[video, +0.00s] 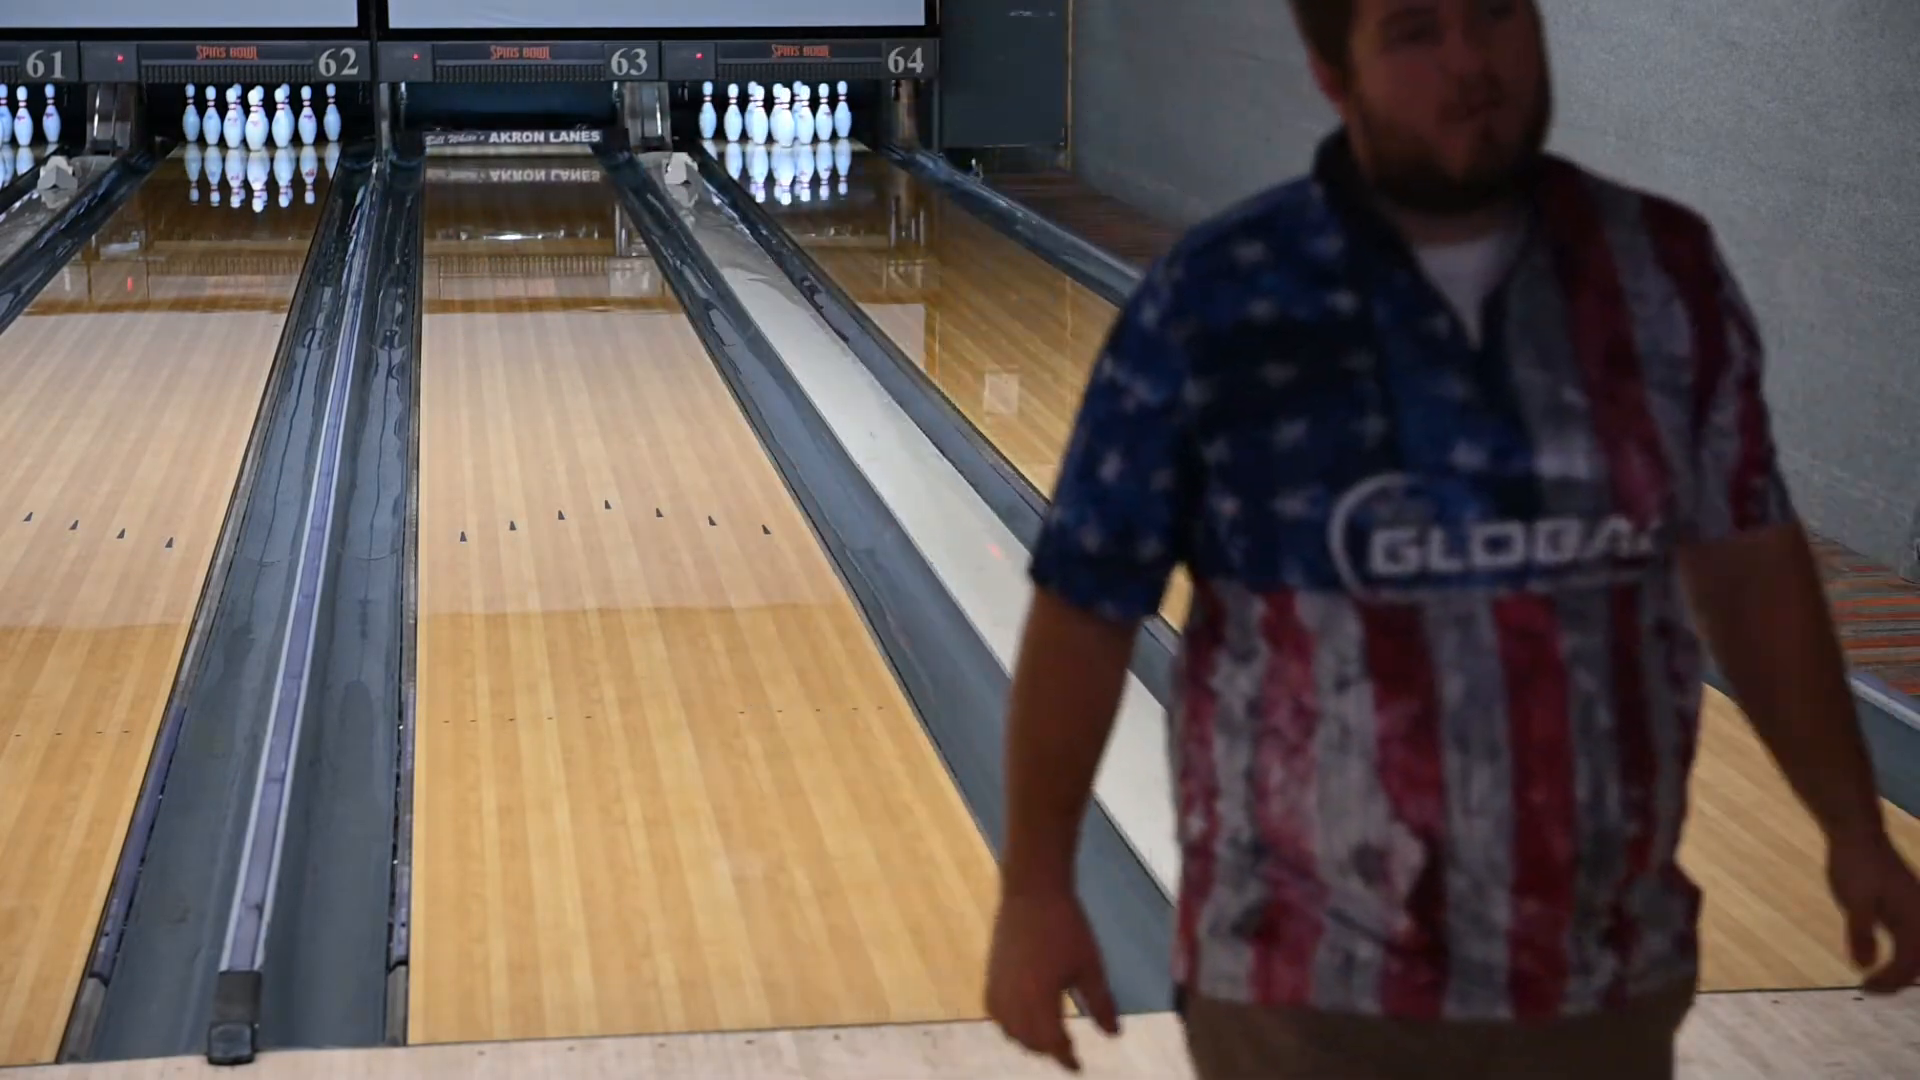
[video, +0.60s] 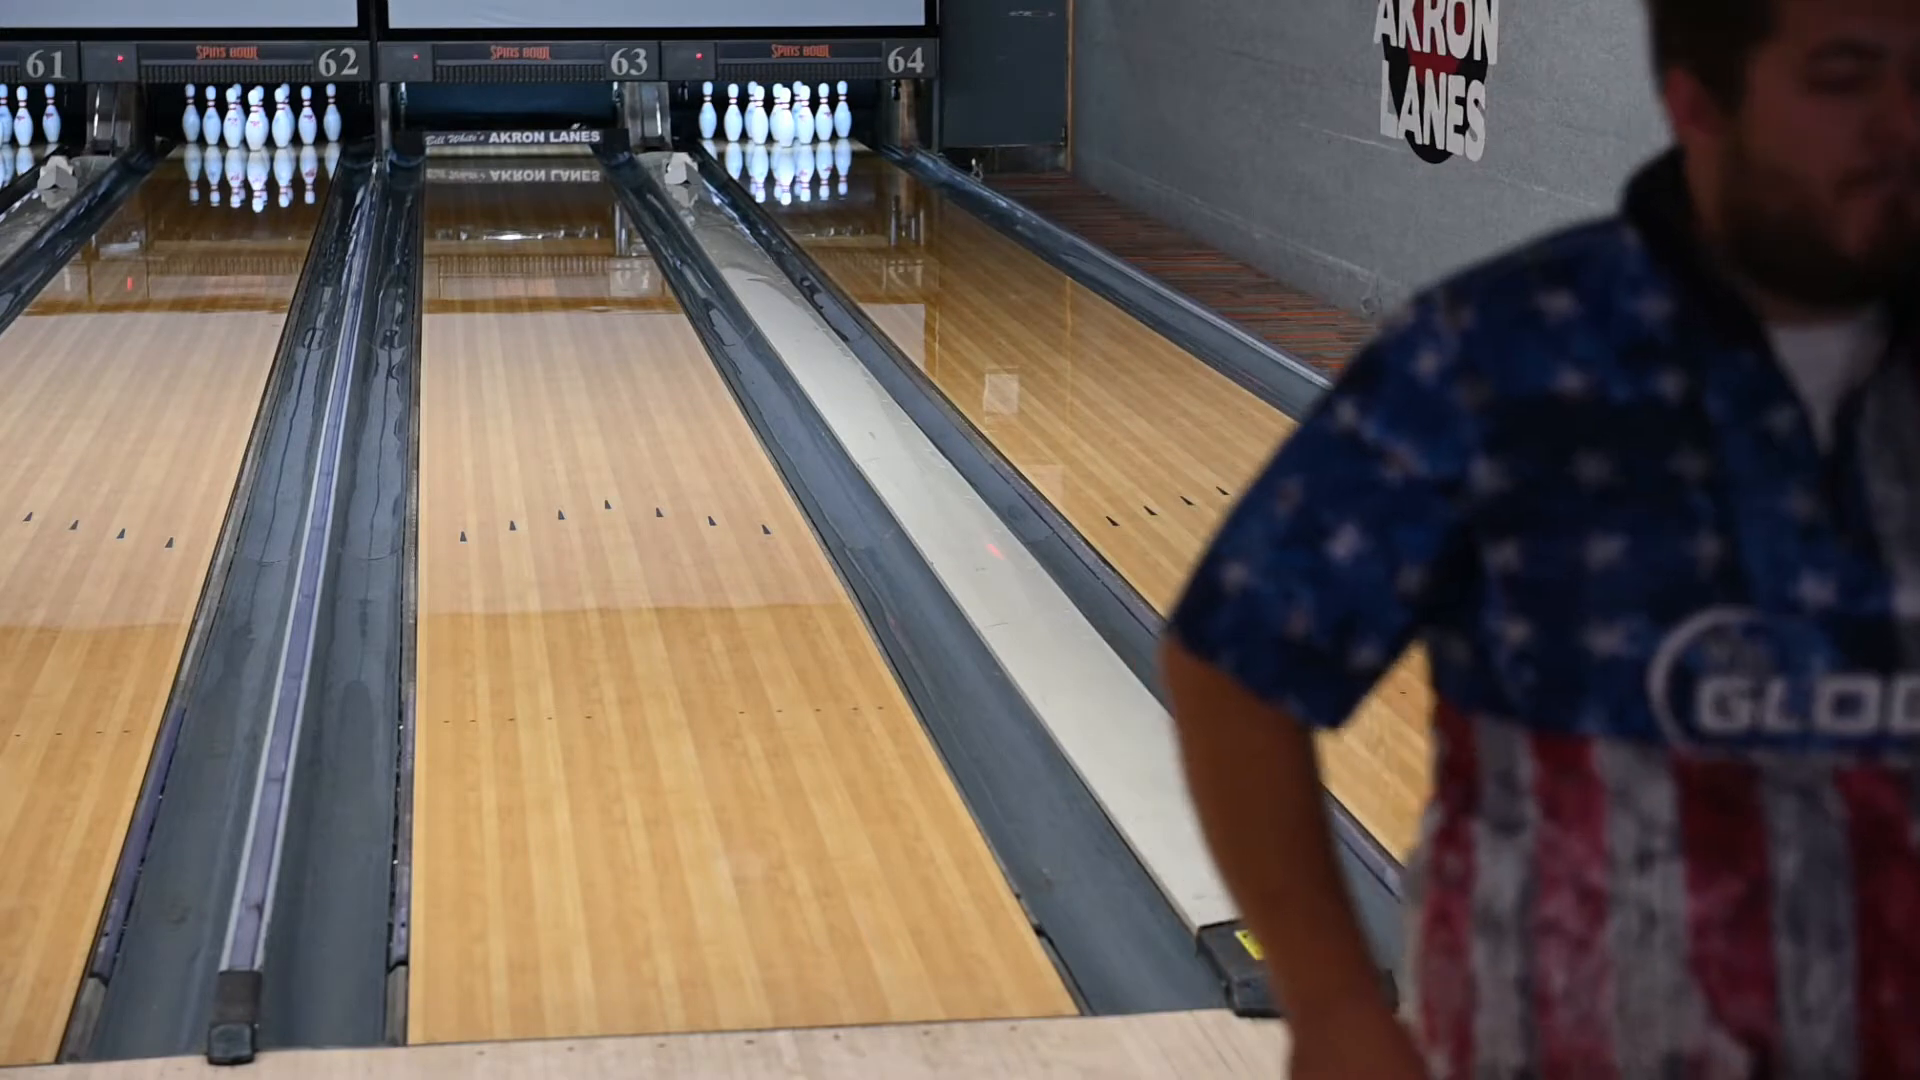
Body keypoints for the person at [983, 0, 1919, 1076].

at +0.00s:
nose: (1471, 65)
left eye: (1497, 18)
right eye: (1414, 33)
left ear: (1542, 34)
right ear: (1332, 74)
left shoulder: (1660, 269)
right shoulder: (1212, 301)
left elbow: (1747, 558)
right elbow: (1082, 598)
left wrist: (1854, 825)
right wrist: (1035, 887)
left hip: (1592, 961)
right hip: (1304, 969)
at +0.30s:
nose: (1622, 62)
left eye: (1648, 12)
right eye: (1559, 26)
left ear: (1692, 27)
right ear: (1449, 67)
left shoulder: (1786, 263)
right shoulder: (1305, 302)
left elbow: (1897, 473)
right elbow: (1126, 610)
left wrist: (1879, 713)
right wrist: (1165, 953)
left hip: (1736, 1001)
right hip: (1398, 1021)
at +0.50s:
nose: (1790, 124)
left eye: (1818, 74)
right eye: (1729, 81)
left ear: (1848, 88)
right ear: (1598, 113)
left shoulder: (1901, 331)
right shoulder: (1424, 357)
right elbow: (1180, 662)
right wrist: (1288, 1008)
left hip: (1873, 1032)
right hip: (1517, 1040)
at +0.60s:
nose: (1903, 125)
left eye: (1917, 76)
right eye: (1844, 78)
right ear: (1697, 107)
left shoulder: (1905, 360)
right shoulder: (1495, 357)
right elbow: (1226, 654)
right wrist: (1334, 1009)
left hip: (1891, 1038)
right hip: (1575, 1044)